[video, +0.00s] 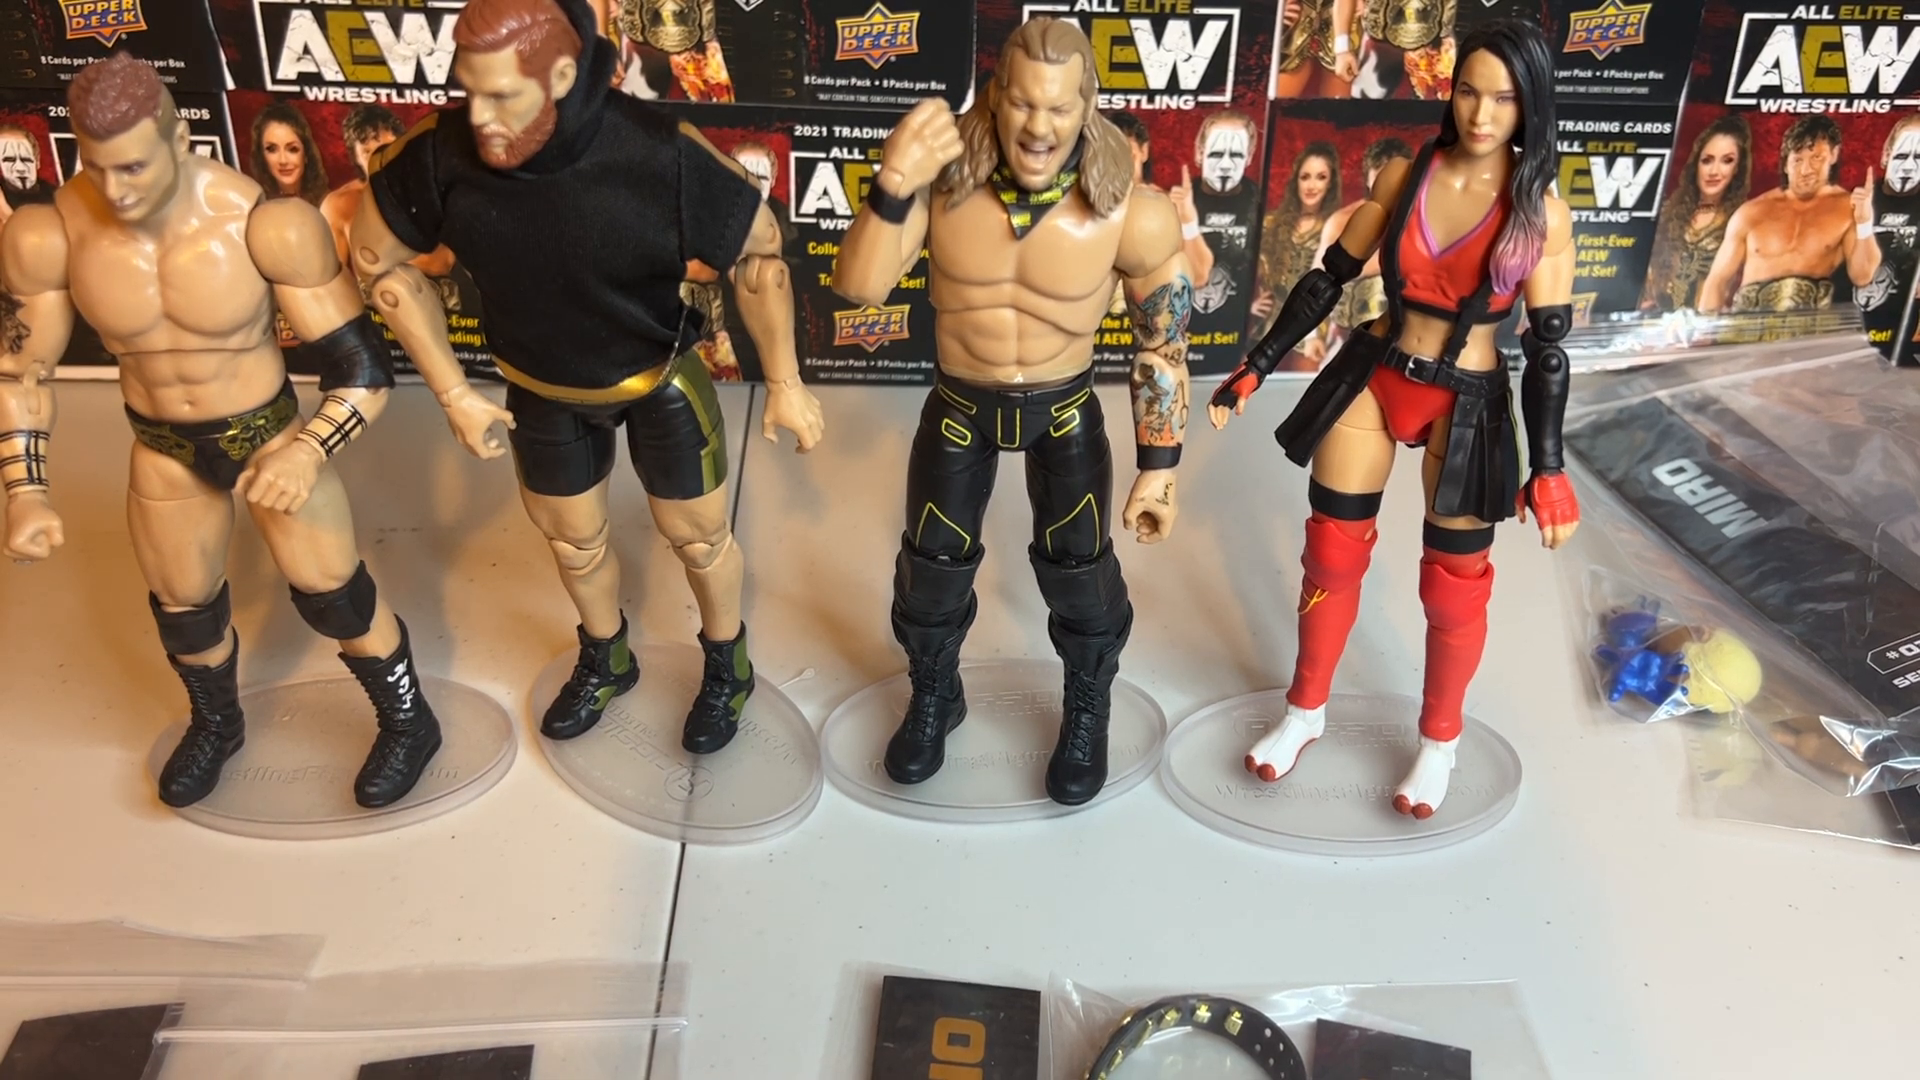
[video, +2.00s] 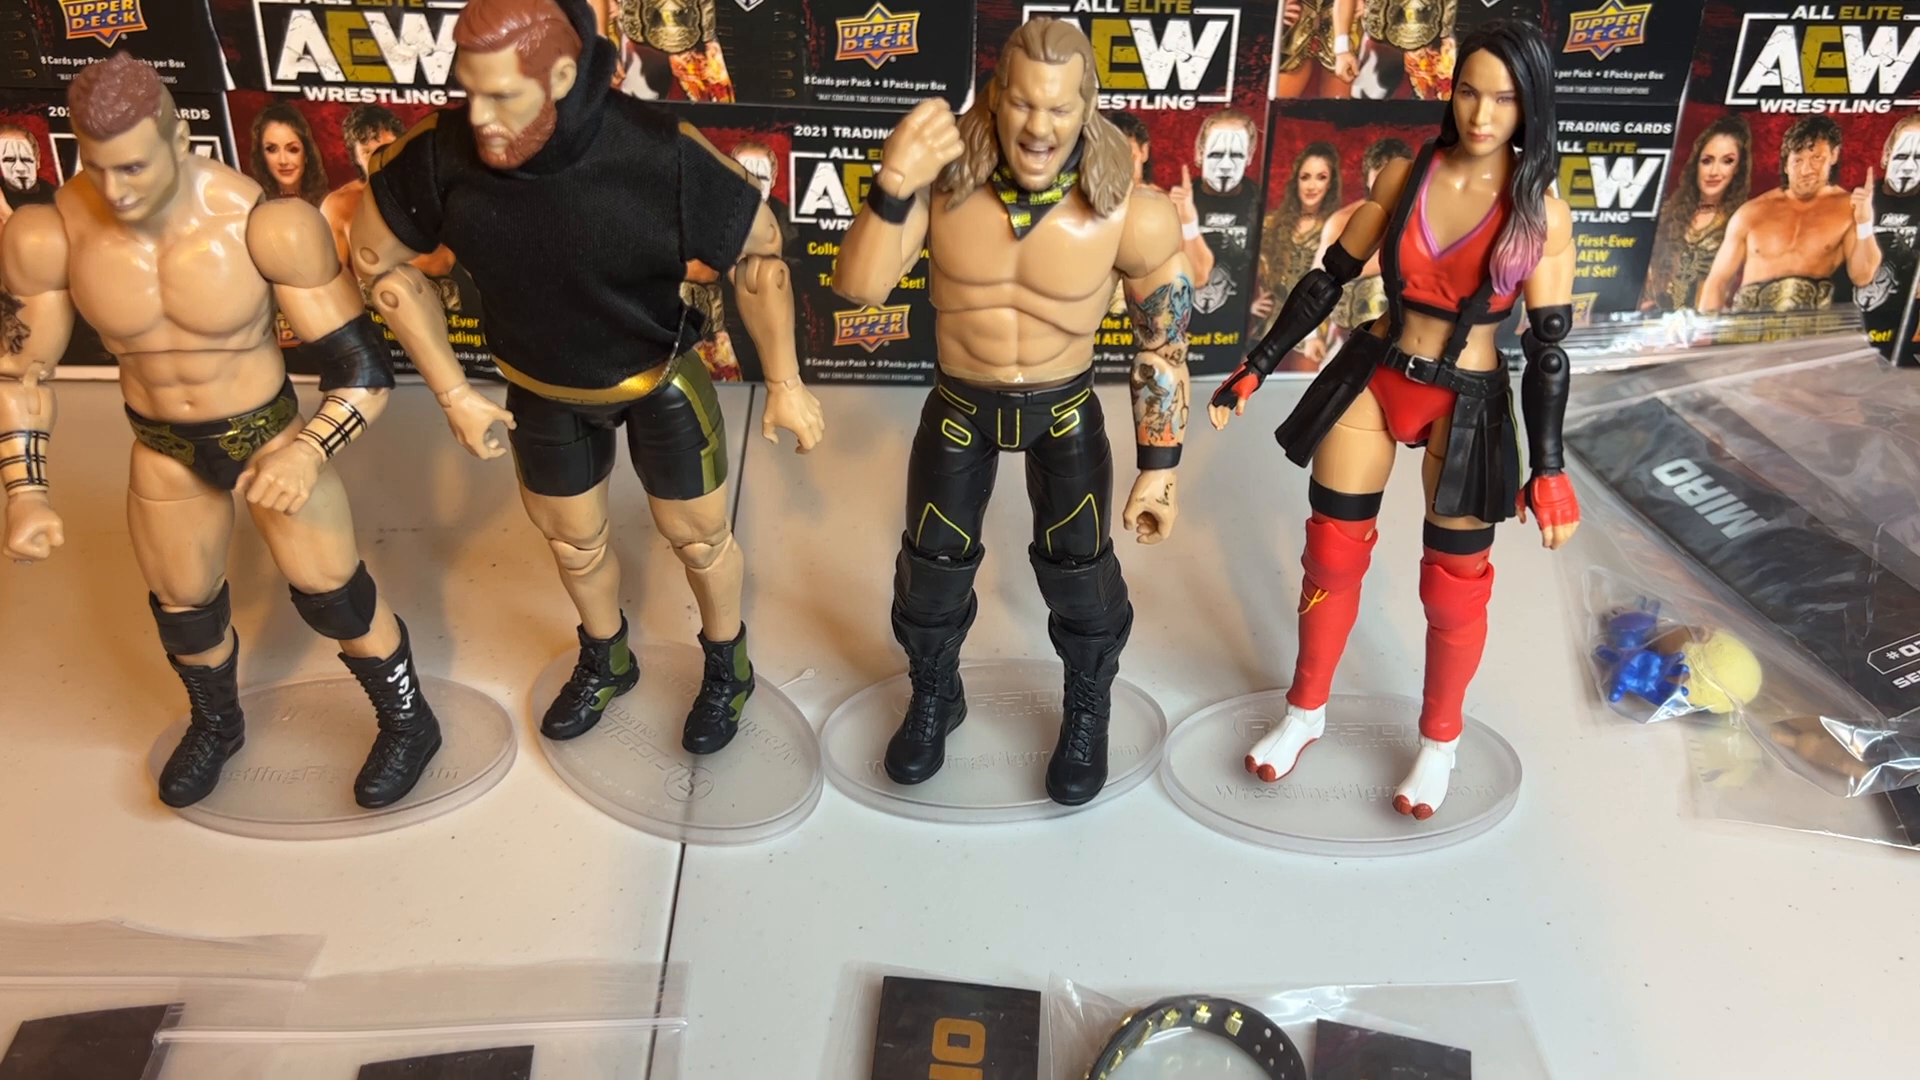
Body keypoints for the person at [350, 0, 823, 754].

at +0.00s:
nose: (481, 119)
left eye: (503, 96)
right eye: (468, 95)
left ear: (564, 76)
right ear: (456, 81)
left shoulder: (653, 155)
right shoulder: (443, 159)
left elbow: (757, 246)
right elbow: (372, 250)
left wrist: (784, 381)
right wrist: (453, 392)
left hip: (661, 382)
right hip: (543, 395)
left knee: (700, 540)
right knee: (575, 546)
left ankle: (726, 665)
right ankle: (607, 660)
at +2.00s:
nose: (481, 119)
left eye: (503, 96)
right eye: (468, 95)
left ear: (563, 76)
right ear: (457, 81)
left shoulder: (653, 155)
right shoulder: (442, 160)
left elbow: (757, 245)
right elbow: (372, 251)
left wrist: (784, 381)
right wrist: (452, 392)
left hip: (661, 382)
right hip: (542, 394)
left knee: (700, 540)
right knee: (575, 546)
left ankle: (726, 665)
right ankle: (607, 660)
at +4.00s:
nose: (481, 119)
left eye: (503, 96)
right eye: (468, 95)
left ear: (564, 76)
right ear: (457, 81)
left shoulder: (653, 155)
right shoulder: (442, 159)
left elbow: (757, 246)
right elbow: (373, 252)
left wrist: (784, 382)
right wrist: (453, 392)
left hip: (661, 381)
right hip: (542, 394)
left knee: (700, 540)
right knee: (575, 545)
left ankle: (726, 667)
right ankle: (607, 661)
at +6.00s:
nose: (481, 119)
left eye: (503, 96)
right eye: (468, 95)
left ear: (563, 76)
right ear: (457, 81)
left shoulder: (653, 156)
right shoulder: (443, 159)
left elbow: (757, 247)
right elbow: (372, 251)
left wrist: (784, 381)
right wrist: (452, 392)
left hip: (661, 383)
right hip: (543, 395)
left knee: (700, 540)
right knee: (575, 546)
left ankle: (726, 666)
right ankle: (607, 660)